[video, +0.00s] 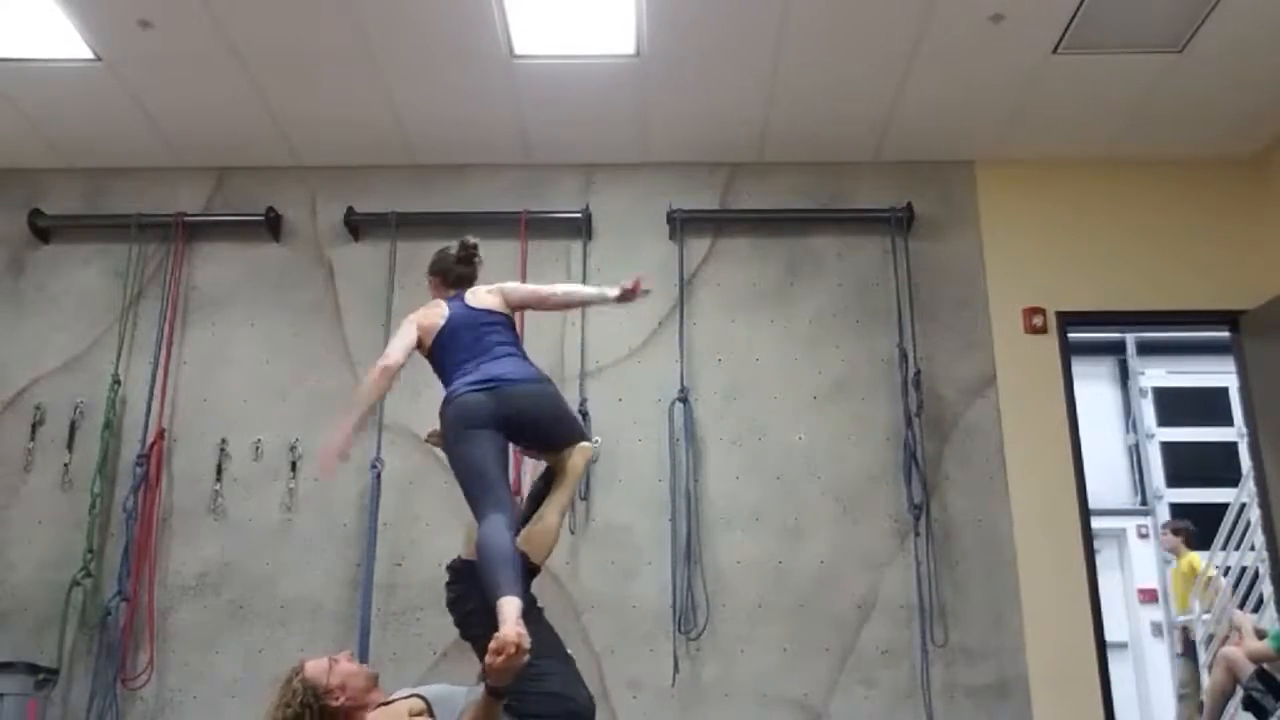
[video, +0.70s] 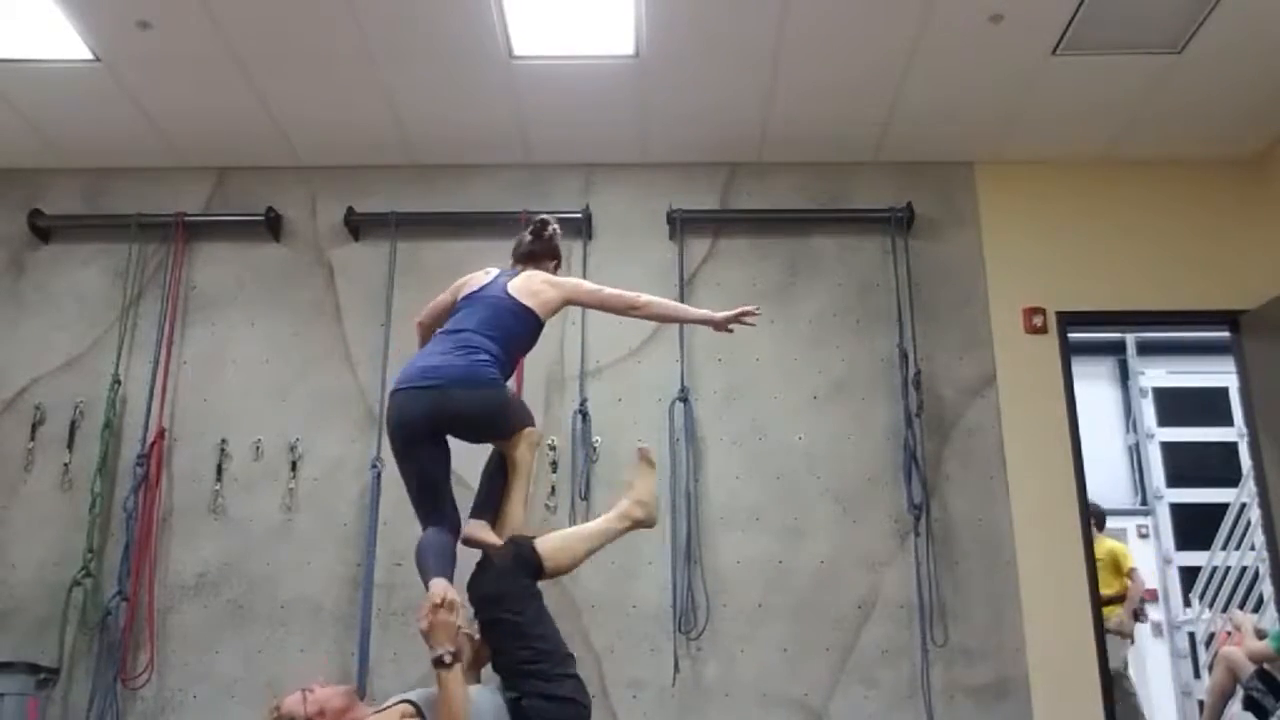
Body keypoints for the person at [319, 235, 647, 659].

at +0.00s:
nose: (429, 290)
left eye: (430, 284)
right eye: (432, 283)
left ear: (435, 284)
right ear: (469, 278)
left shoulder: (421, 319)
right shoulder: (498, 294)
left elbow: (387, 367)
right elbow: (555, 295)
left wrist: (346, 430)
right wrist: (614, 294)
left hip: (466, 407)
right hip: (530, 394)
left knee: (493, 513)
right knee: (572, 454)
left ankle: (510, 624)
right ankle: (522, 529)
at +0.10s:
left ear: (448, 281)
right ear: (486, 276)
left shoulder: (427, 314)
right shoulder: (503, 289)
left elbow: (411, 369)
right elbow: (564, 268)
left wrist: (410, 438)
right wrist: (615, 244)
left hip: (453, 408)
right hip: (512, 391)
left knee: (485, 514)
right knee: (565, 447)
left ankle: (504, 621)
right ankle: (508, 532)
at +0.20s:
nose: (508, 272)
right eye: (506, 267)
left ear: (464, 275)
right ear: (501, 271)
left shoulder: (433, 307)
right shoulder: (510, 286)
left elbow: (409, 359)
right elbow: (577, 266)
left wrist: (420, 426)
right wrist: (638, 238)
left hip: (438, 410)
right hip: (496, 394)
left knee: (467, 515)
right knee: (557, 436)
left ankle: (479, 621)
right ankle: (509, 523)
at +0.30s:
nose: (523, 264)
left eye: (519, 260)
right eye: (521, 259)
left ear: (474, 263)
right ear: (513, 263)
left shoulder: (440, 295)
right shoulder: (522, 284)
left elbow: (407, 350)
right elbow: (601, 275)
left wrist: (398, 423)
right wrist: (675, 261)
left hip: (436, 408)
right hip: (502, 399)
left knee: (469, 516)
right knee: (527, 450)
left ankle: (489, 615)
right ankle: (499, 527)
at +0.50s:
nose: (544, 273)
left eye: (532, 263)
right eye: (545, 266)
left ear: (502, 260)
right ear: (543, 266)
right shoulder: (544, 289)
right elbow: (625, 311)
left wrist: (357, 387)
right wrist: (693, 325)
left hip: (412, 395)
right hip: (478, 396)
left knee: (435, 515)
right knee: (502, 446)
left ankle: (442, 593)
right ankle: (471, 525)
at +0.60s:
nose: (554, 274)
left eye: (551, 268)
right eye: (554, 269)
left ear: (510, 261)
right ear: (549, 266)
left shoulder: (469, 284)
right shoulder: (550, 289)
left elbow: (403, 330)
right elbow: (631, 310)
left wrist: (387, 383)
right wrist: (704, 324)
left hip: (408, 397)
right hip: (474, 395)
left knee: (435, 522)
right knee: (507, 445)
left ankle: (439, 588)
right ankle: (473, 526)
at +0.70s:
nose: (557, 272)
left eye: (552, 265)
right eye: (558, 266)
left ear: (514, 259)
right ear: (554, 262)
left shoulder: (476, 279)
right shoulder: (553, 284)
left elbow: (424, 321)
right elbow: (633, 304)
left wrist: (433, 373)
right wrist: (709, 318)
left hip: (408, 398)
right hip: (473, 391)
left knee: (437, 520)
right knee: (517, 437)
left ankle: (438, 591)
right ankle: (480, 522)